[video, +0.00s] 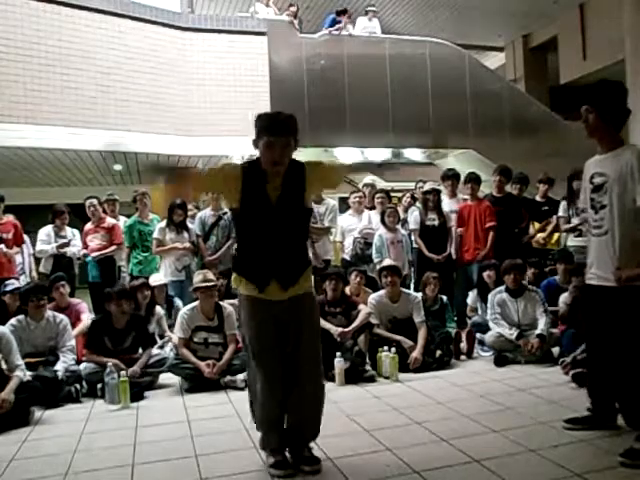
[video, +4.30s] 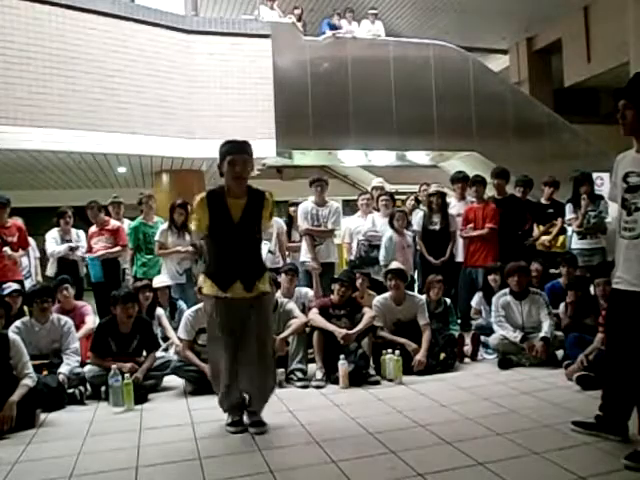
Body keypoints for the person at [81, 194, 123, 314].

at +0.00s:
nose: (92, 209)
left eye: (95, 206)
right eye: (89, 207)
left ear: (100, 207)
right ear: (87, 210)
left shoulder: (112, 224)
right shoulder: (87, 228)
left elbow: (118, 244)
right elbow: (85, 246)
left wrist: (99, 254)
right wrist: (83, 252)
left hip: (108, 260)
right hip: (92, 261)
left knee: (109, 292)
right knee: (95, 294)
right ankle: (99, 320)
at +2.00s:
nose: (96, 211)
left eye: (98, 208)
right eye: (93, 209)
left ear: (104, 209)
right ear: (90, 213)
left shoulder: (116, 226)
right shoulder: (90, 230)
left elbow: (122, 247)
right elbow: (88, 249)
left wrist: (104, 255)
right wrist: (87, 256)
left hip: (110, 262)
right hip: (95, 264)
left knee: (113, 295)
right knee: (100, 298)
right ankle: (104, 325)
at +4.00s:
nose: (96, 217)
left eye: (98, 213)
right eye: (92, 214)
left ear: (104, 211)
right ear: (90, 215)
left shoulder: (116, 226)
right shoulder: (91, 230)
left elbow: (123, 246)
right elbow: (89, 249)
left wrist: (105, 253)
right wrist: (86, 254)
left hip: (111, 261)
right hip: (96, 264)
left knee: (113, 293)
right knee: (100, 296)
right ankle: (104, 323)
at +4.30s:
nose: (92, 219)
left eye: (94, 215)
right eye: (90, 216)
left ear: (101, 212)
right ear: (88, 215)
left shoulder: (116, 227)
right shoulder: (91, 230)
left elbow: (123, 247)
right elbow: (89, 249)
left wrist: (104, 253)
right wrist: (87, 255)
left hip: (111, 262)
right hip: (96, 264)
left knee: (114, 295)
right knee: (100, 298)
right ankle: (104, 325)